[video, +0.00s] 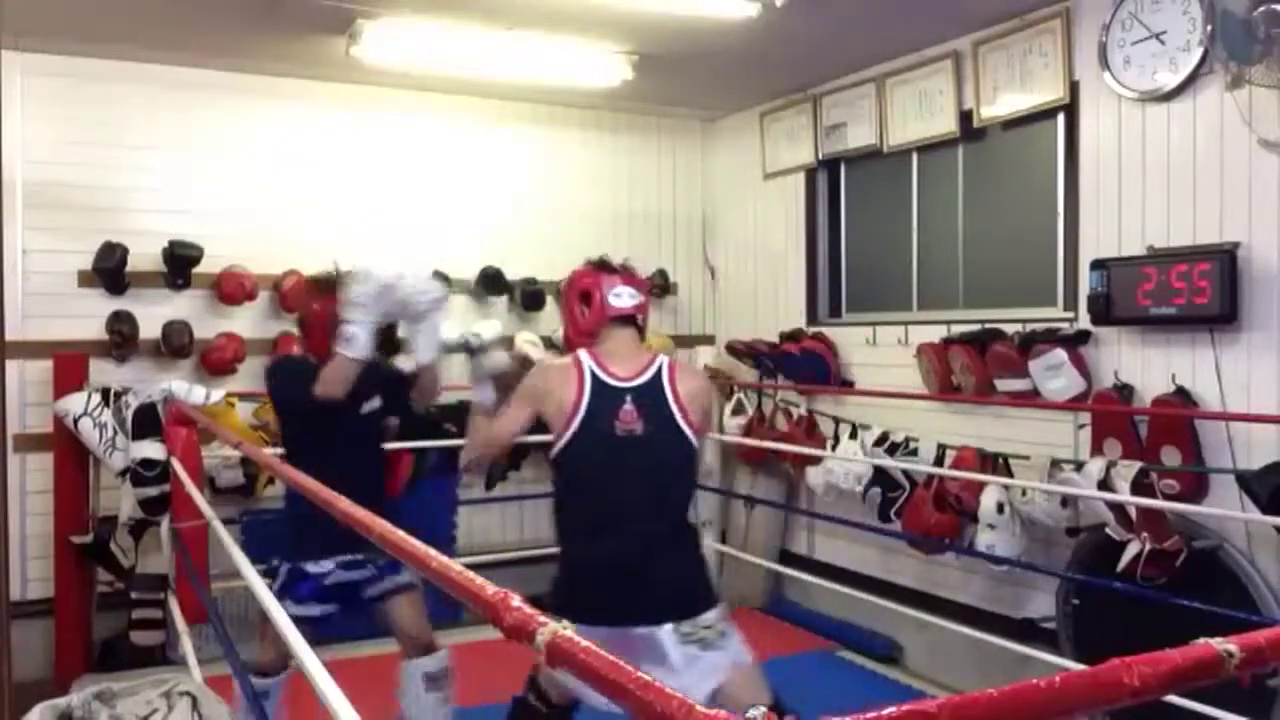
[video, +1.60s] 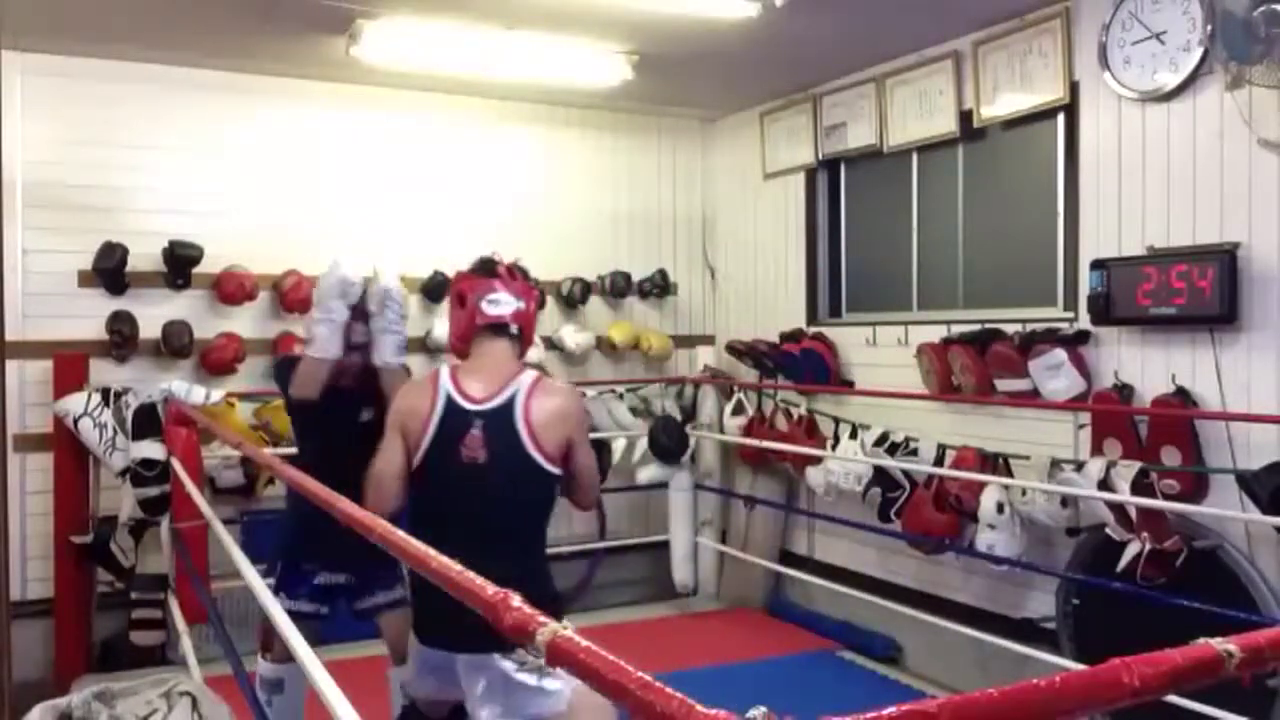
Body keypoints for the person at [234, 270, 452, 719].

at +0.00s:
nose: (339, 320)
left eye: (346, 309)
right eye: (328, 306)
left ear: (357, 325)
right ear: (307, 317)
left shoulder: (373, 374)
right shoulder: (288, 372)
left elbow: (423, 396)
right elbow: (330, 390)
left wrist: (426, 328)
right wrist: (360, 324)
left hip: (376, 534)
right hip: (309, 538)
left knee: (420, 641)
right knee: (270, 660)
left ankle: (430, 712)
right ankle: (254, 713)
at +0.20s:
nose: (336, 355)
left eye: (345, 346)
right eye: (327, 343)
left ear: (354, 348)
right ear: (303, 341)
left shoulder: (354, 390)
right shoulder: (259, 383)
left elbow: (397, 435)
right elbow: (268, 419)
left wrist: (393, 372)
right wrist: (293, 347)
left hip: (344, 542)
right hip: (277, 545)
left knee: (380, 646)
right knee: (255, 662)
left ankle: (362, 716)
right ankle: (247, 714)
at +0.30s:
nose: (335, 331)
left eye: (342, 319)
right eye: (323, 319)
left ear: (352, 319)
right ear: (289, 317)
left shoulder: (351, 366)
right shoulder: (253, 367)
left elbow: (382, 438)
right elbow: (241, 436)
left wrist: (385, 385)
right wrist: (286, 382)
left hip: (341, 517)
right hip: (276, 522)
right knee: (255, 642)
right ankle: (251, 717)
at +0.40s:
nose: (338, 334)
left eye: (342, 323)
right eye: (327, 322)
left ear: (347, 327)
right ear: (294, 323)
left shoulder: (352, 372)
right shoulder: (252, 377)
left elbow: (378, 438)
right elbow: (238, 444)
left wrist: (369, 419)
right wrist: (293, 423)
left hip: (343, 519)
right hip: (276, 525)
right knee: (257, 637)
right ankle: (266, 716)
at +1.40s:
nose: (343, 337)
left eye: (354, 330)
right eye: (332, 326)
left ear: (365, 337)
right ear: (310, 328)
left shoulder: (375, 379)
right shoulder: (282, 376)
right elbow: (292, 414)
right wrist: (324, 365)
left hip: (368, 533)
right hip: (305, 533)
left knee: (393, 648)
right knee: (280, 654)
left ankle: (392, 712)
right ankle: (276, 712)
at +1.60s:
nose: (355, 341)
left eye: (364, 330)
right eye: (346, 329)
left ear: (379, 335)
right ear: (323, 329)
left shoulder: (389, 380)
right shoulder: (300, 372)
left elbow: (411, 432)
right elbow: (302, 399)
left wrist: (390, 360)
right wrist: (327, 327)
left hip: (379, 528)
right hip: (312, 526)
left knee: (404, 644)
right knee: (282, 644)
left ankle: (410, 706)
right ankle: (272, 702)